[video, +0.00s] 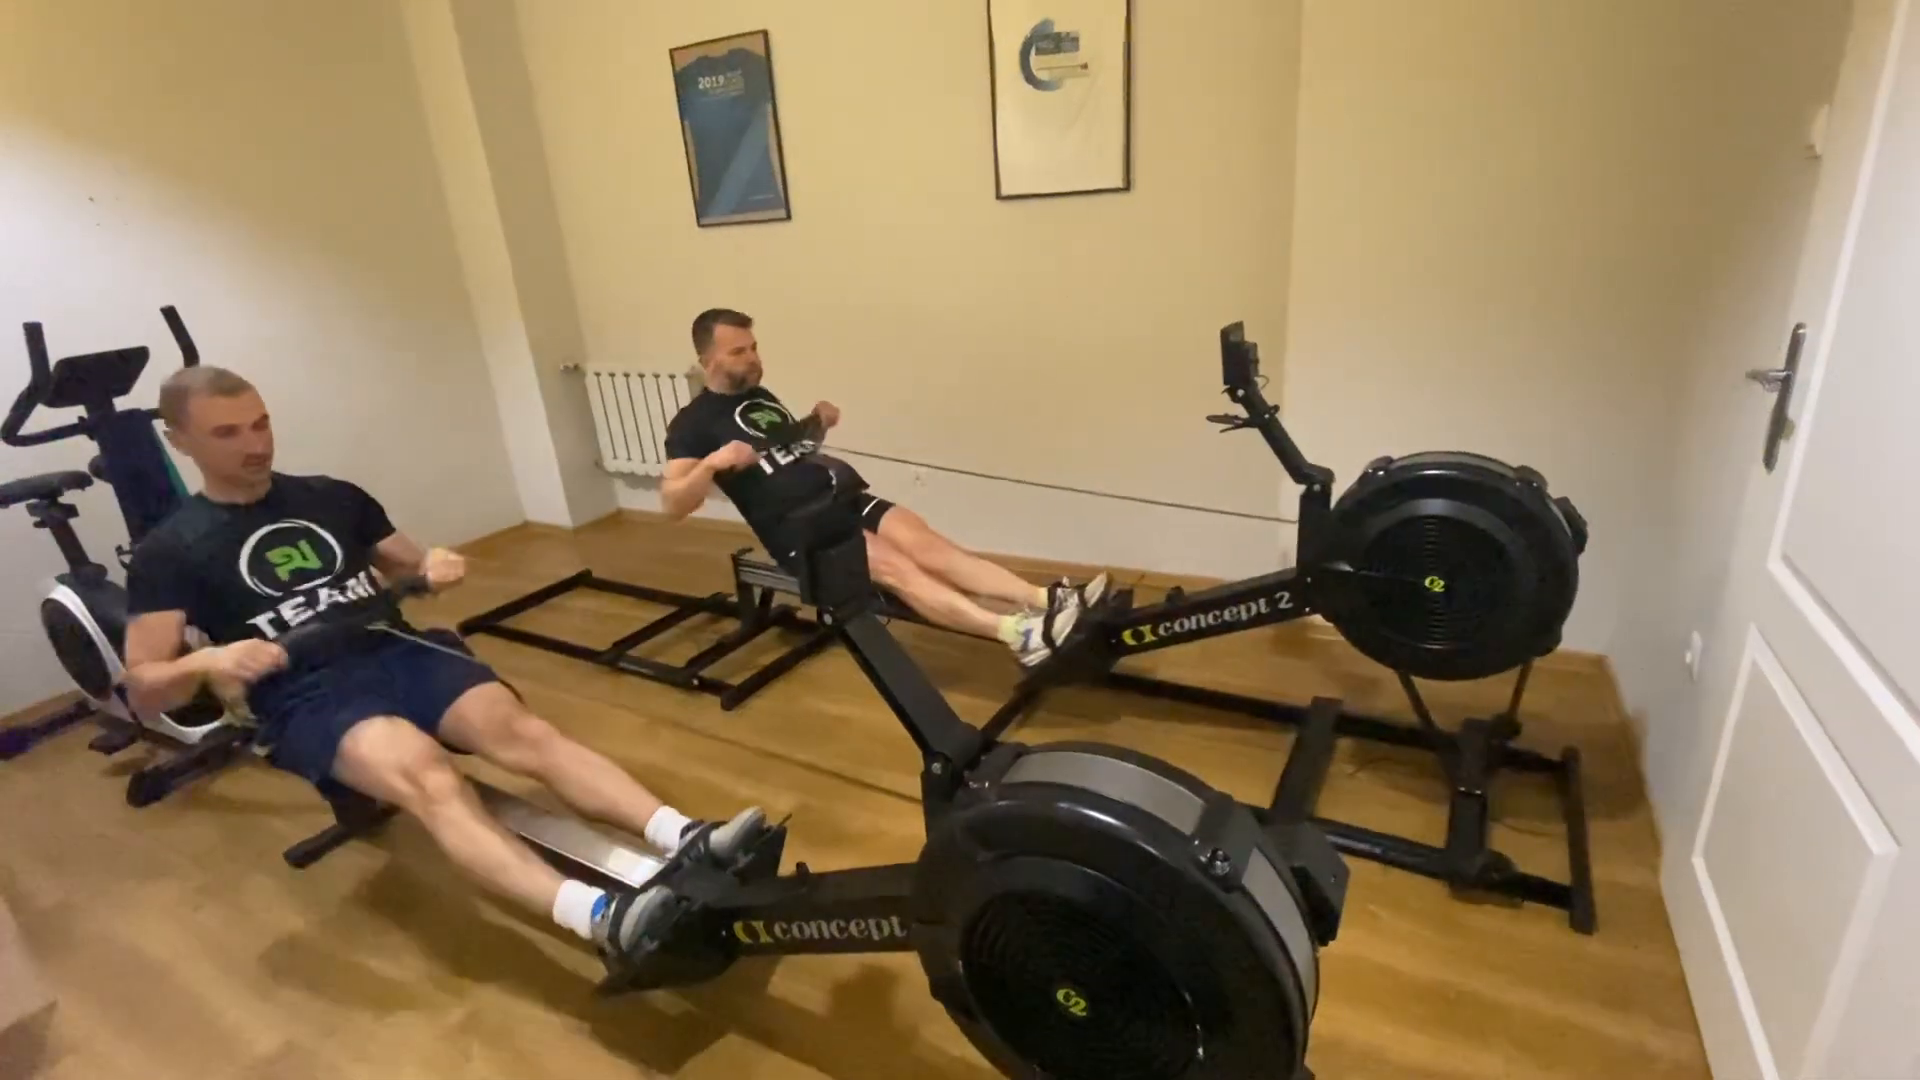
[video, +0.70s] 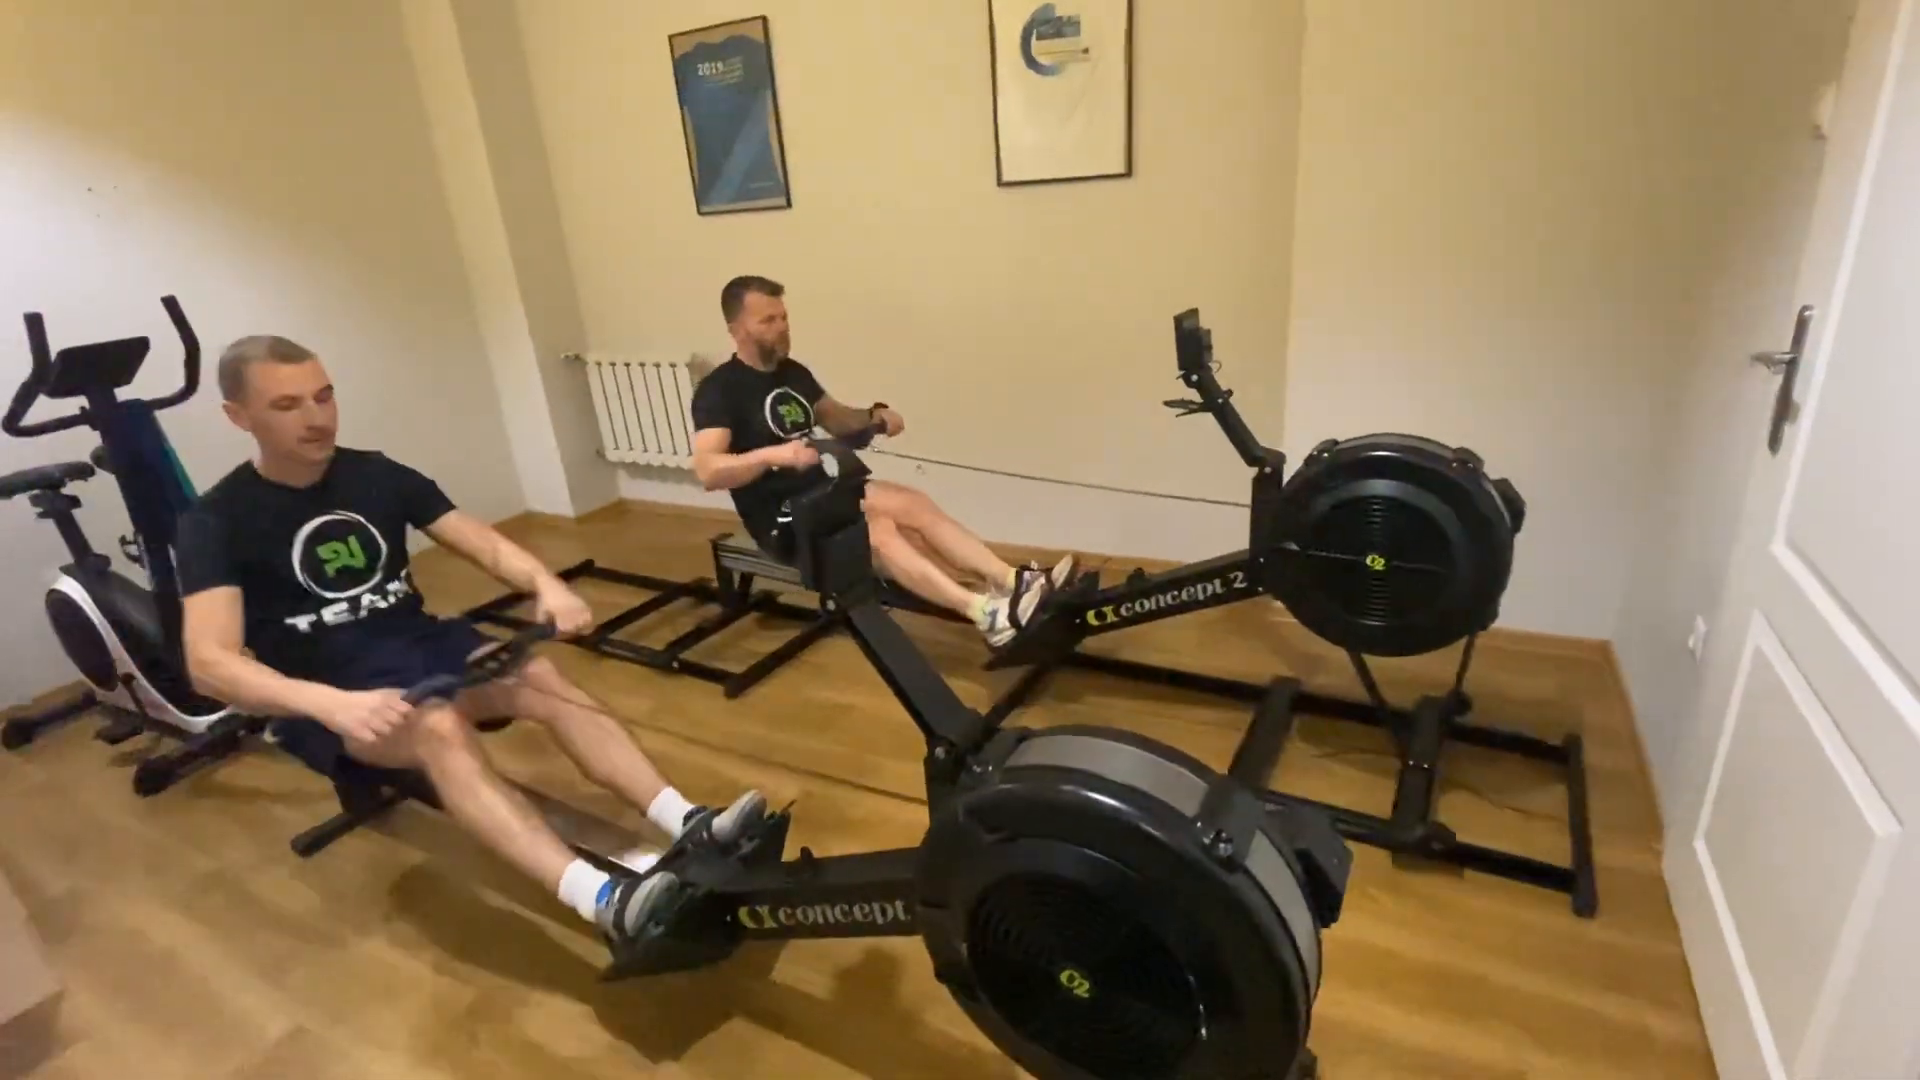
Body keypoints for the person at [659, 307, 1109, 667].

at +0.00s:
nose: (753, 360)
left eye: (754, 349)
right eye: (740, 352)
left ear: (752, 348)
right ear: (706, 358)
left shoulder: (761, 397)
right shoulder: (690, 424)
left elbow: (788, 447)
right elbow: (673, 502)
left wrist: (814, 424)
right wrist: (710, 465)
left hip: (847, 501)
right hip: (806, 533)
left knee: (931, 546)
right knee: (900, 571)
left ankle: (1047, 601)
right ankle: (1017, 635)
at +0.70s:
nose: (782, 328)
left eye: (783, 317)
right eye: (769, 321)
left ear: (785, 317)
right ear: (737, 329)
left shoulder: (792, 372)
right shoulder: (717, 390)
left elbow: (835, 420)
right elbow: (709, 472)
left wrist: (872, 419)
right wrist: (771, 456)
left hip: (834, 494)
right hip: (786, 518)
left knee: (913, 504)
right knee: (879, 530)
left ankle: (1016, 583)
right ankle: (984, 613)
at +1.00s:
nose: (798, 327)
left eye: (798, 317)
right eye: (785, 320)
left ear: (800, 316)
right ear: (751, 329)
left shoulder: (809, 370)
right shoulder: (733, 388)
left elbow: (867, 412)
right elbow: (746, 467)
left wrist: (913, 420)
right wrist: (816, 468)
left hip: (836, 490)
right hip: (785, 511)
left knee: (915, 475)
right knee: (873, 491)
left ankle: (988, 573)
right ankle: (953, 601)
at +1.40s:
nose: (830, 324)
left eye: (830, 313)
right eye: (815, 317)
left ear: (834, 309)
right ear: (783, 328)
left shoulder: (840, 366)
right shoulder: (762, 382)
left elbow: (909, 405)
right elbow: (804, 450)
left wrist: (966, 425)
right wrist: (874, 471)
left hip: (832, 483)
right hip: (780, 507)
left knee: (902, 429)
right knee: (855, 482)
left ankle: (937, 552)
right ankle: (891, 575)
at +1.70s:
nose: (863, 333)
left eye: (862, 323)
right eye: (849, 327)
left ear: (864, 321)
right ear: (816, 339)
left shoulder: (869, 374)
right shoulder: (798, 393)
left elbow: (949, 406)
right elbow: (857, 448)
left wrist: (1016, 434)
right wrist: (937, 485)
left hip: (832, 493)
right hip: (778, 509)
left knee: (898, 418)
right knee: (823, 443)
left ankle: (910, 544)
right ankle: (862, 565)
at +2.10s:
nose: (832, 318)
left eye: (832, 308)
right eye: (818, 311)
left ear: (836, 308)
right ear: (785, 322)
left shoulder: (839, 365)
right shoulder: (768, 380)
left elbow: (914, 401)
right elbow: (832, 433)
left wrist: (979, 417)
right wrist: (909, 457)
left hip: (822, 481)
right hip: (770, 499)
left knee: (894, 430)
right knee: (839, 466)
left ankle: (948, 553)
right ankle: (903, 579)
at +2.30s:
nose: (788, 307)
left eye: (789, 295)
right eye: (774, 298)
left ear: (793, 295)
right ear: (739, 306)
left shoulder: (803, 351)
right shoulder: (729, 366)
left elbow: (867, 389)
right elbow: (785, 420)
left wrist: (927, 400)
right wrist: (855, 440)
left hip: (827, 473)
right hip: (776, 495)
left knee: (912, 473)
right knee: (866, 507)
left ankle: (994, 566)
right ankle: (958, 593)